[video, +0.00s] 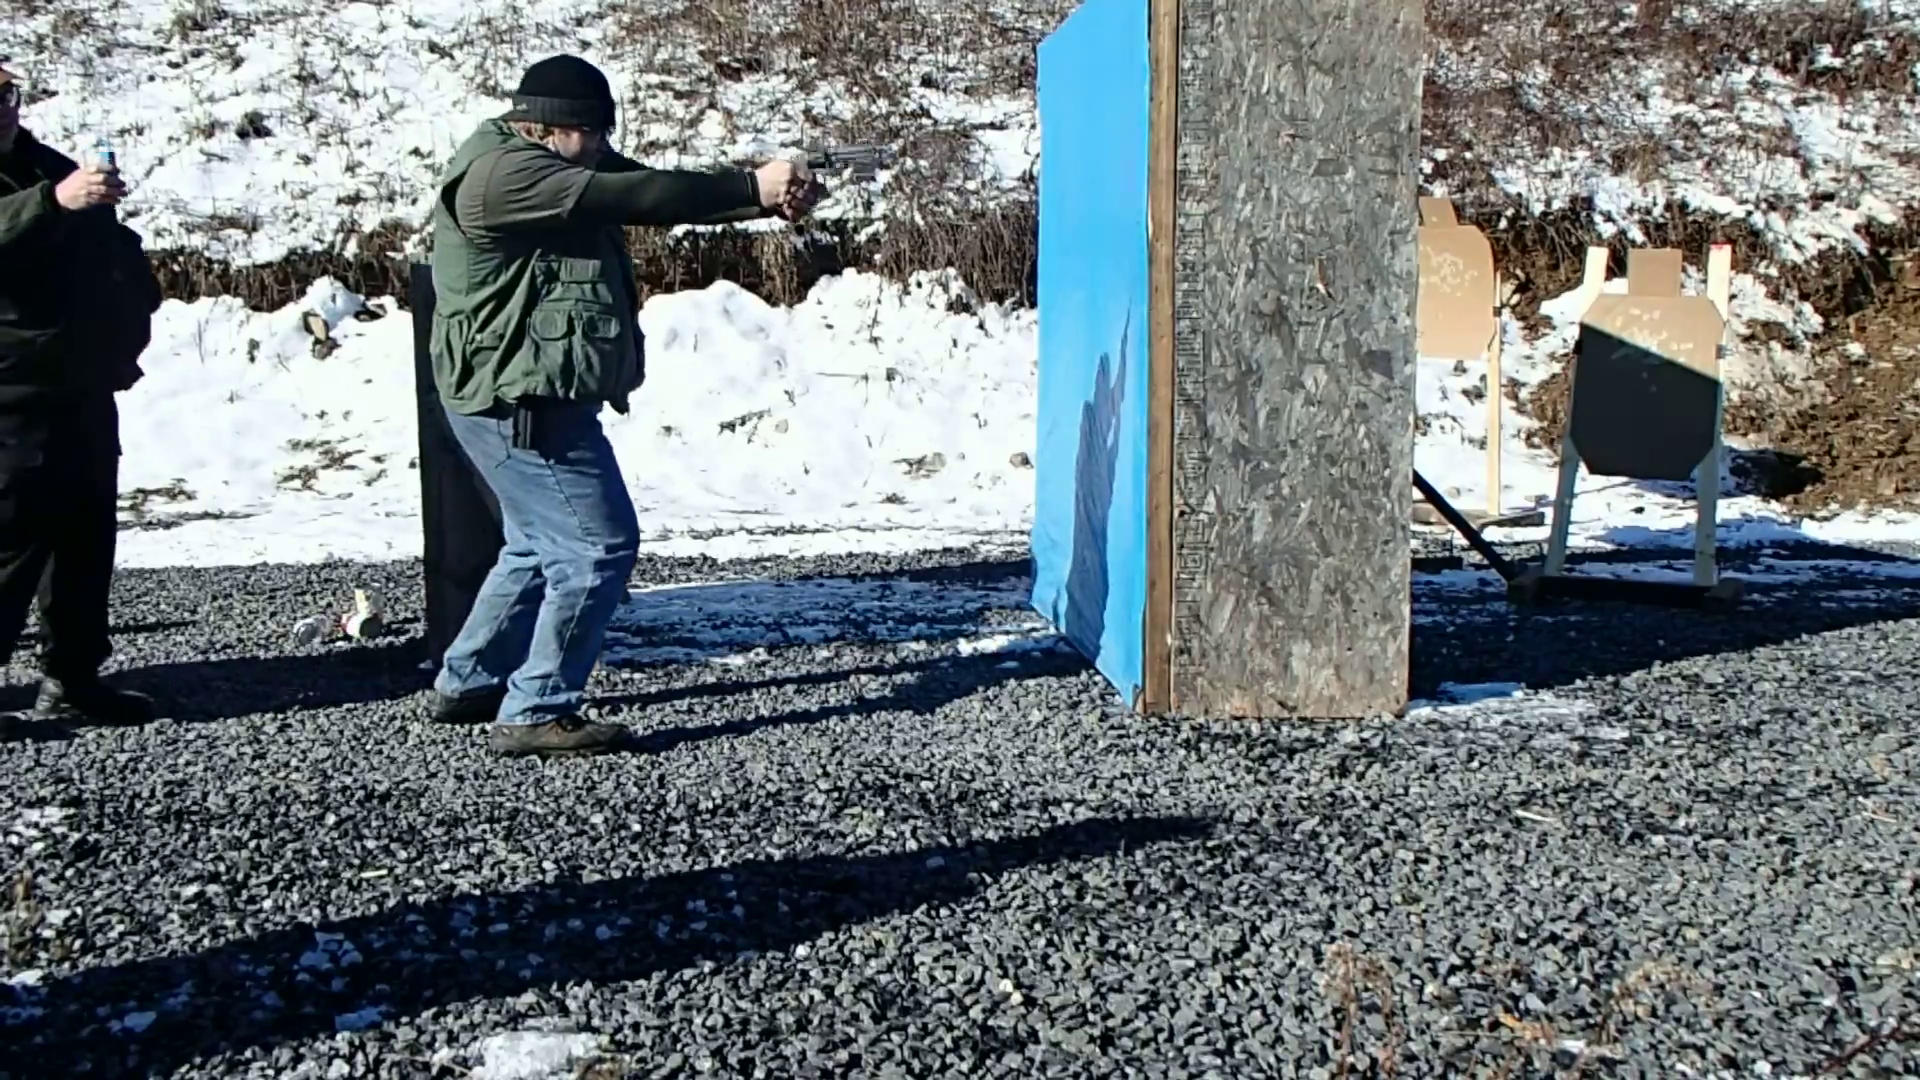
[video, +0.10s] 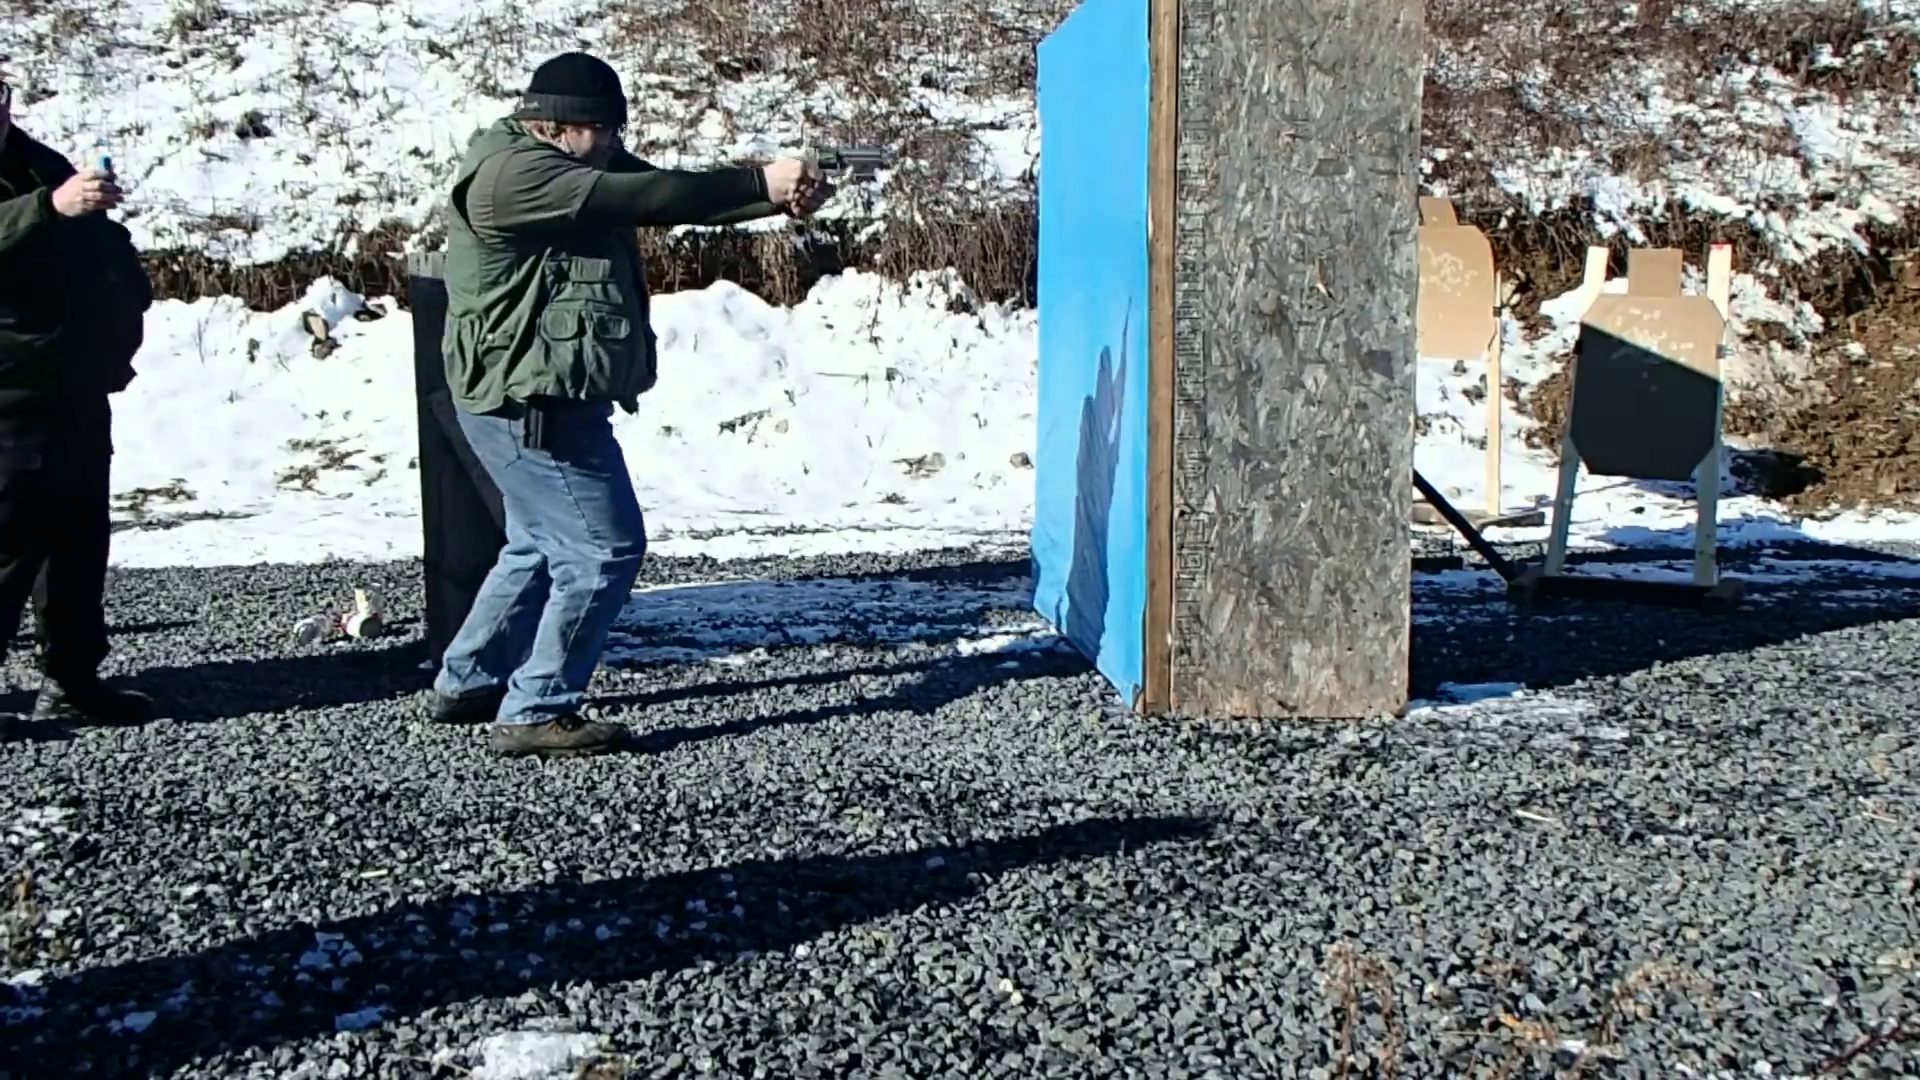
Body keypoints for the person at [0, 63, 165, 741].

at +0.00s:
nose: (9, 106)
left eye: (11, 94)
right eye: (1, 96)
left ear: (19, 103)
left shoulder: (59, 174)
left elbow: (131, 269)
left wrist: (117, 350)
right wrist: (53, 202)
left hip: (84, 397)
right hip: (14, 400)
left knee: (86, 545)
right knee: (13, 553)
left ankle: (77, 680)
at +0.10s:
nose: (6, 98)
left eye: (8, 91)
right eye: (1, 90)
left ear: (15, 104)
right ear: (3, 107)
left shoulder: (48, 171)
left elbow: (122, 266)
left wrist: (109, 353)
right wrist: (51, 208)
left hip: (77, 397)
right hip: (14, 400)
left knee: (80, 544)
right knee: (14, 549)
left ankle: (77, 680)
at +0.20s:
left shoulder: (33, 164)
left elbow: (107, 266)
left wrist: (97, 356)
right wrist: (44, 210)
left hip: (62, 391)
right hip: (14, 395)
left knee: (71, 538)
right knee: (17, 545)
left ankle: (75, 676)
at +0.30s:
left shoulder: (24, 163)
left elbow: (94, 268)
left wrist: (85, 356)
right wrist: (40, 208)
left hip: (48, 387)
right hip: (19, 391)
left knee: (56, 533)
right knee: (37, 536)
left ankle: (73, 676)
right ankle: (70, 678)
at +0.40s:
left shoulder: (22, 166)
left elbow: (79, 267)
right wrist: (37, 207)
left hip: (41, 389)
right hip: (18, 394)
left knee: (51, 533)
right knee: (40, 536)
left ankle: (74, 674)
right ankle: (72, 676)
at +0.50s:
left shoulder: (16, 167)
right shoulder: (13, 170)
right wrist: (30, 205)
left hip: (34, 387)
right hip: (19, 391)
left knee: (44, 531)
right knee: (38, 533)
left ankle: (71, 674)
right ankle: (68, 675)